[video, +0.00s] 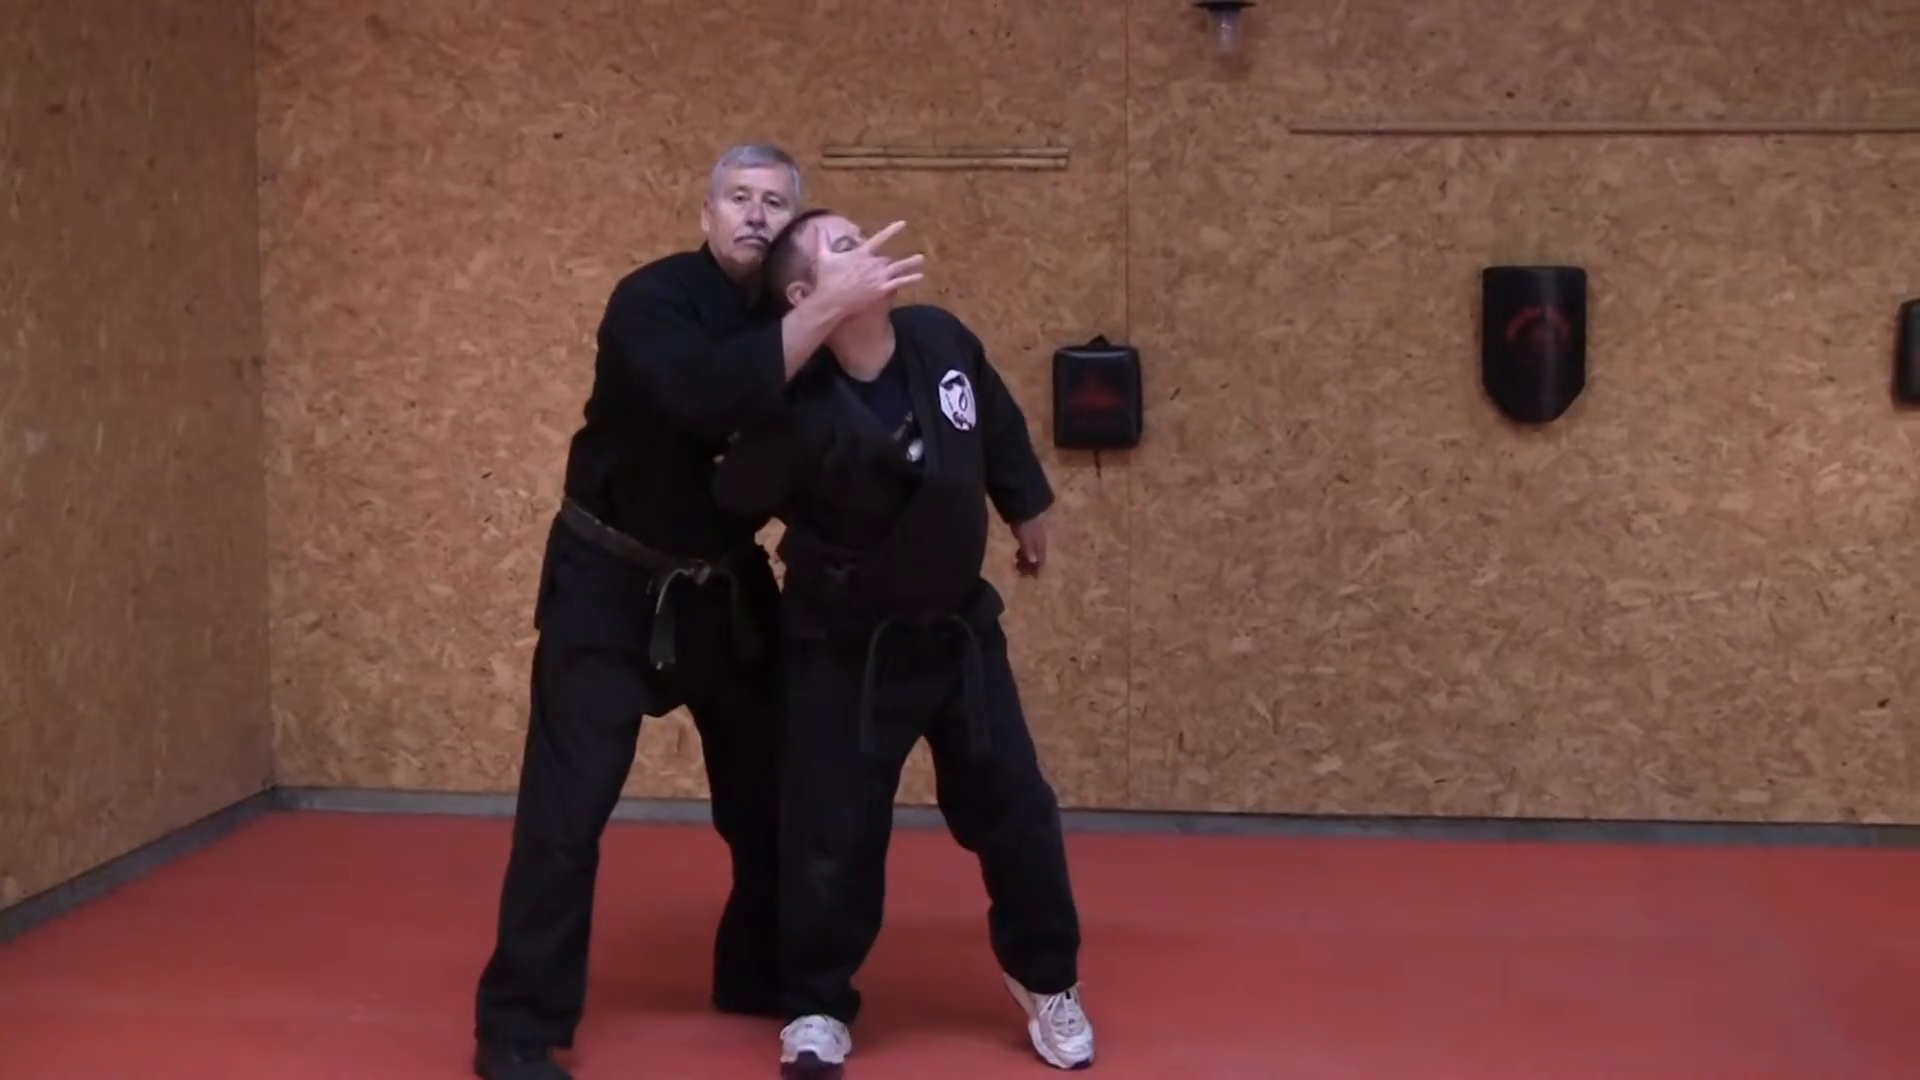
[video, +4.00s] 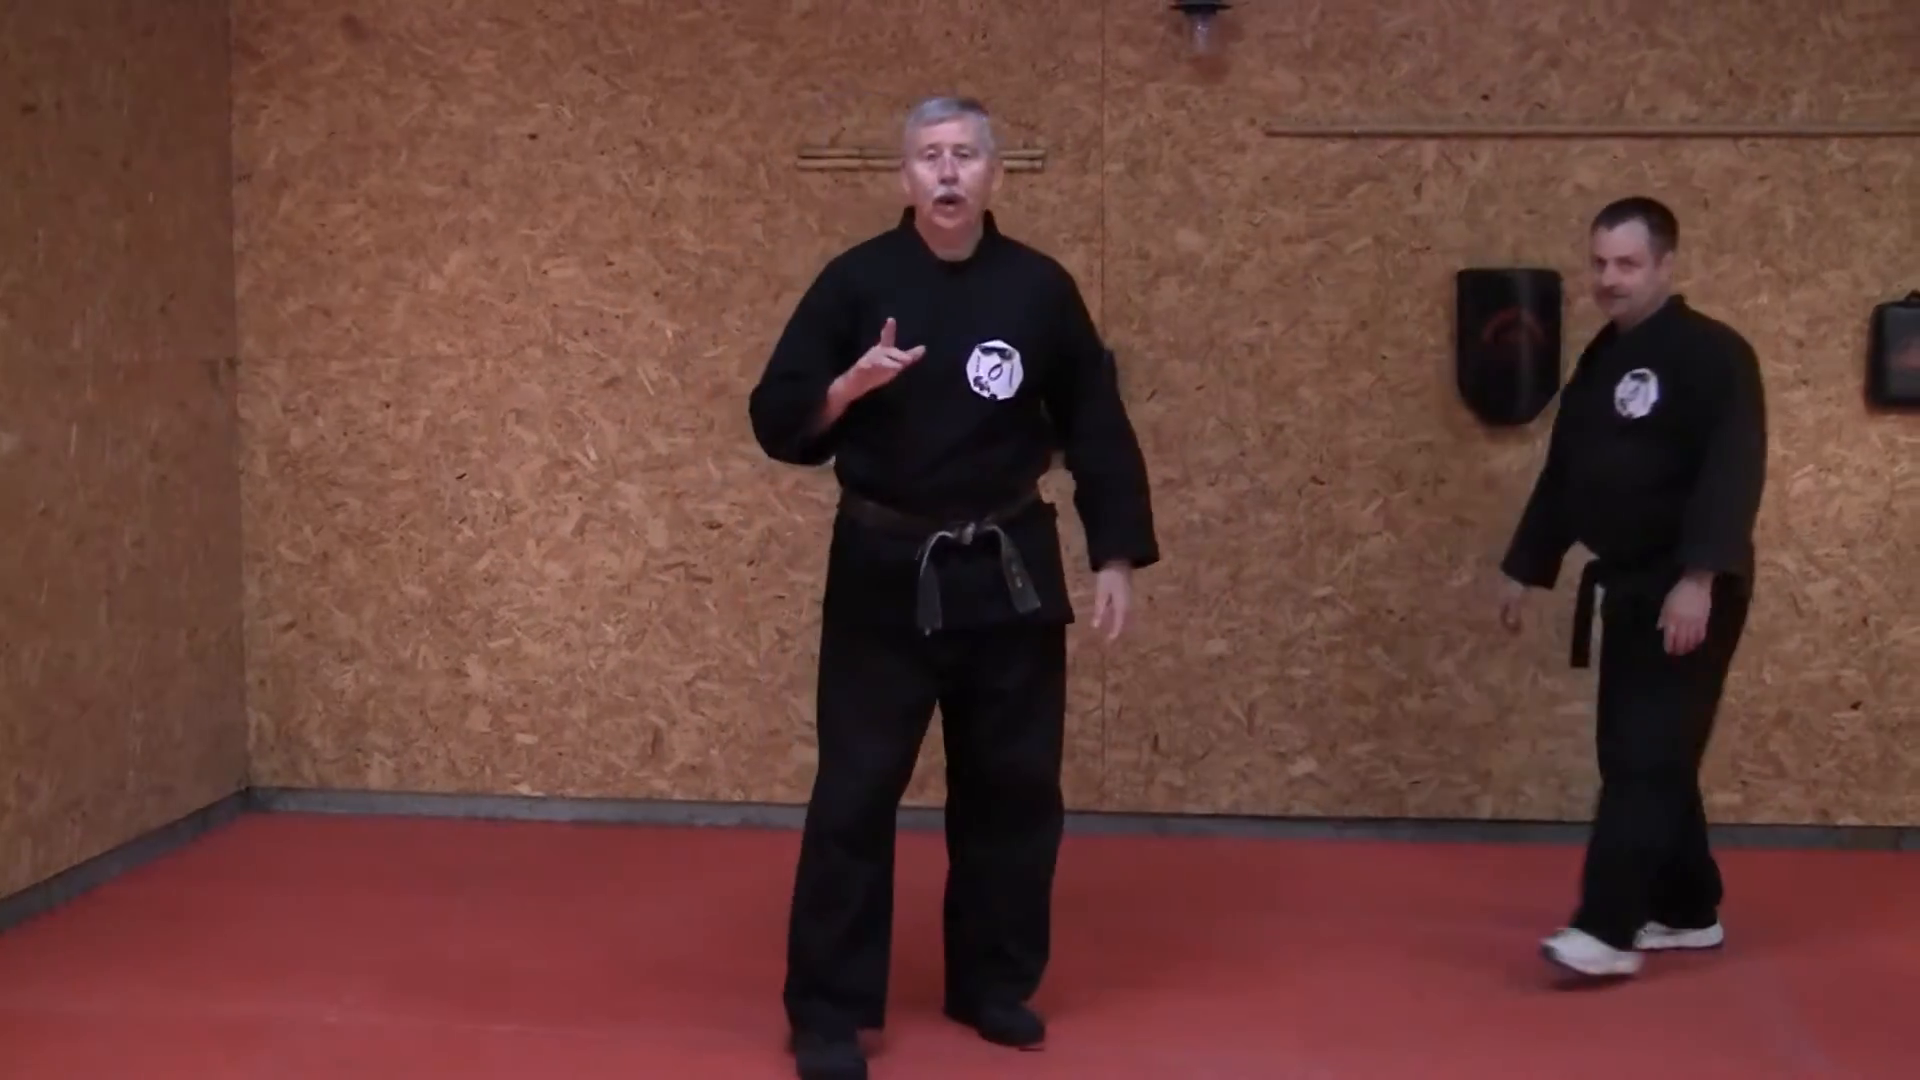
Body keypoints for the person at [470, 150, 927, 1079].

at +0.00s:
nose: (756, 214)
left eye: (776, 203)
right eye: (739, 197)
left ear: (796, 225)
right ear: (704, 210)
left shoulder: (794, 309)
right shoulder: (648, 301)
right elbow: (701, 395)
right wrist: (825, 310)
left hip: (724, 576)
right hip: (609, 574)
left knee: (770, 786)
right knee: (565, 812)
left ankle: (760, 975)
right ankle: (521, 1037)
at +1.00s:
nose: (743, 220)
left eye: (761, 208)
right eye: (725, 203)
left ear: (783, 228)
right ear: (692, 215)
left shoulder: (789, 316)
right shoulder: (633, 304)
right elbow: (684, 402)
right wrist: (834, 335)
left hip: (711, 578)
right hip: (593, 576)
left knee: (756, 791)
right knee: (555, 813)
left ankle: (748, 977)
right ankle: (511, 1037)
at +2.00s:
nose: (766, 221)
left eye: (786, 207)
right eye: (750, 201)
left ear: (804, 226)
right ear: (717, 210)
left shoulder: (806, 358)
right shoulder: (634, 303)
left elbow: (822, 504)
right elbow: (528, 435)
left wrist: (900, 484)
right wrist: (548, 563)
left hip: (718, 586)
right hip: (597, 577)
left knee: (776, 783)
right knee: (554, 814)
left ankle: (754, 972)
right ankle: (510, 1031)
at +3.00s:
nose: (851, 200)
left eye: (867, 183)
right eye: (833, 181)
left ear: (884, 193)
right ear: (794, 187)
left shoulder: (894, 307)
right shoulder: (730, 291)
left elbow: (910, 448)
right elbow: (650, 433)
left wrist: (902, 576)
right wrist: (657, 582)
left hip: (851, 569)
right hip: (751, 566)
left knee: (822, 773)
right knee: (800, 776)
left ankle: (741, 964)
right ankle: (829, 1009)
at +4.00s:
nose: (948, 171)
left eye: (964, 154)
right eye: (930, 156)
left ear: (994, 171)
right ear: (904, 173)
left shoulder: (1039, 289)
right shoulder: (855, 285)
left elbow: (1096, 421)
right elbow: (777, 427)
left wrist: (1113, 551)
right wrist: (840, 390)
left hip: (1011, 564)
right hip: (883, 566)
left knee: (1013, 790)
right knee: (854, 795)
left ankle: (993, 987)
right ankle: (830, 1014)